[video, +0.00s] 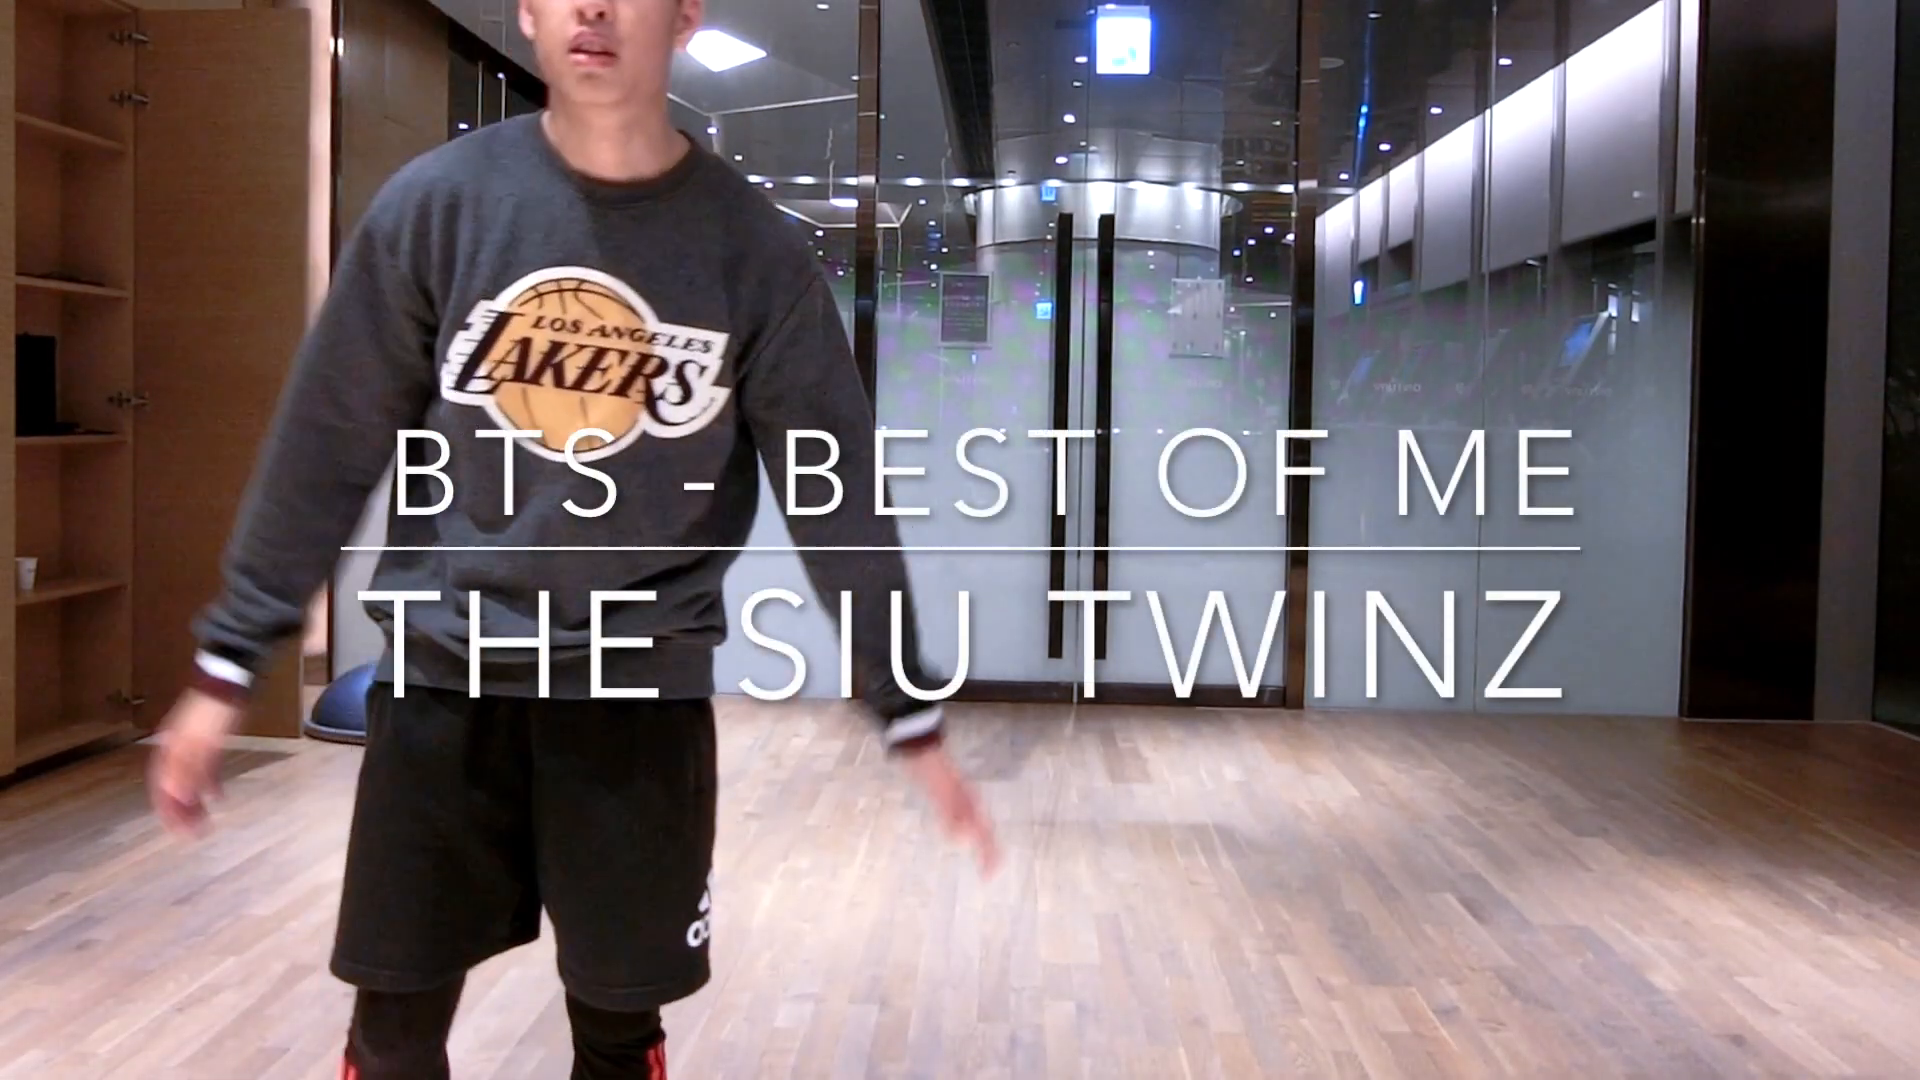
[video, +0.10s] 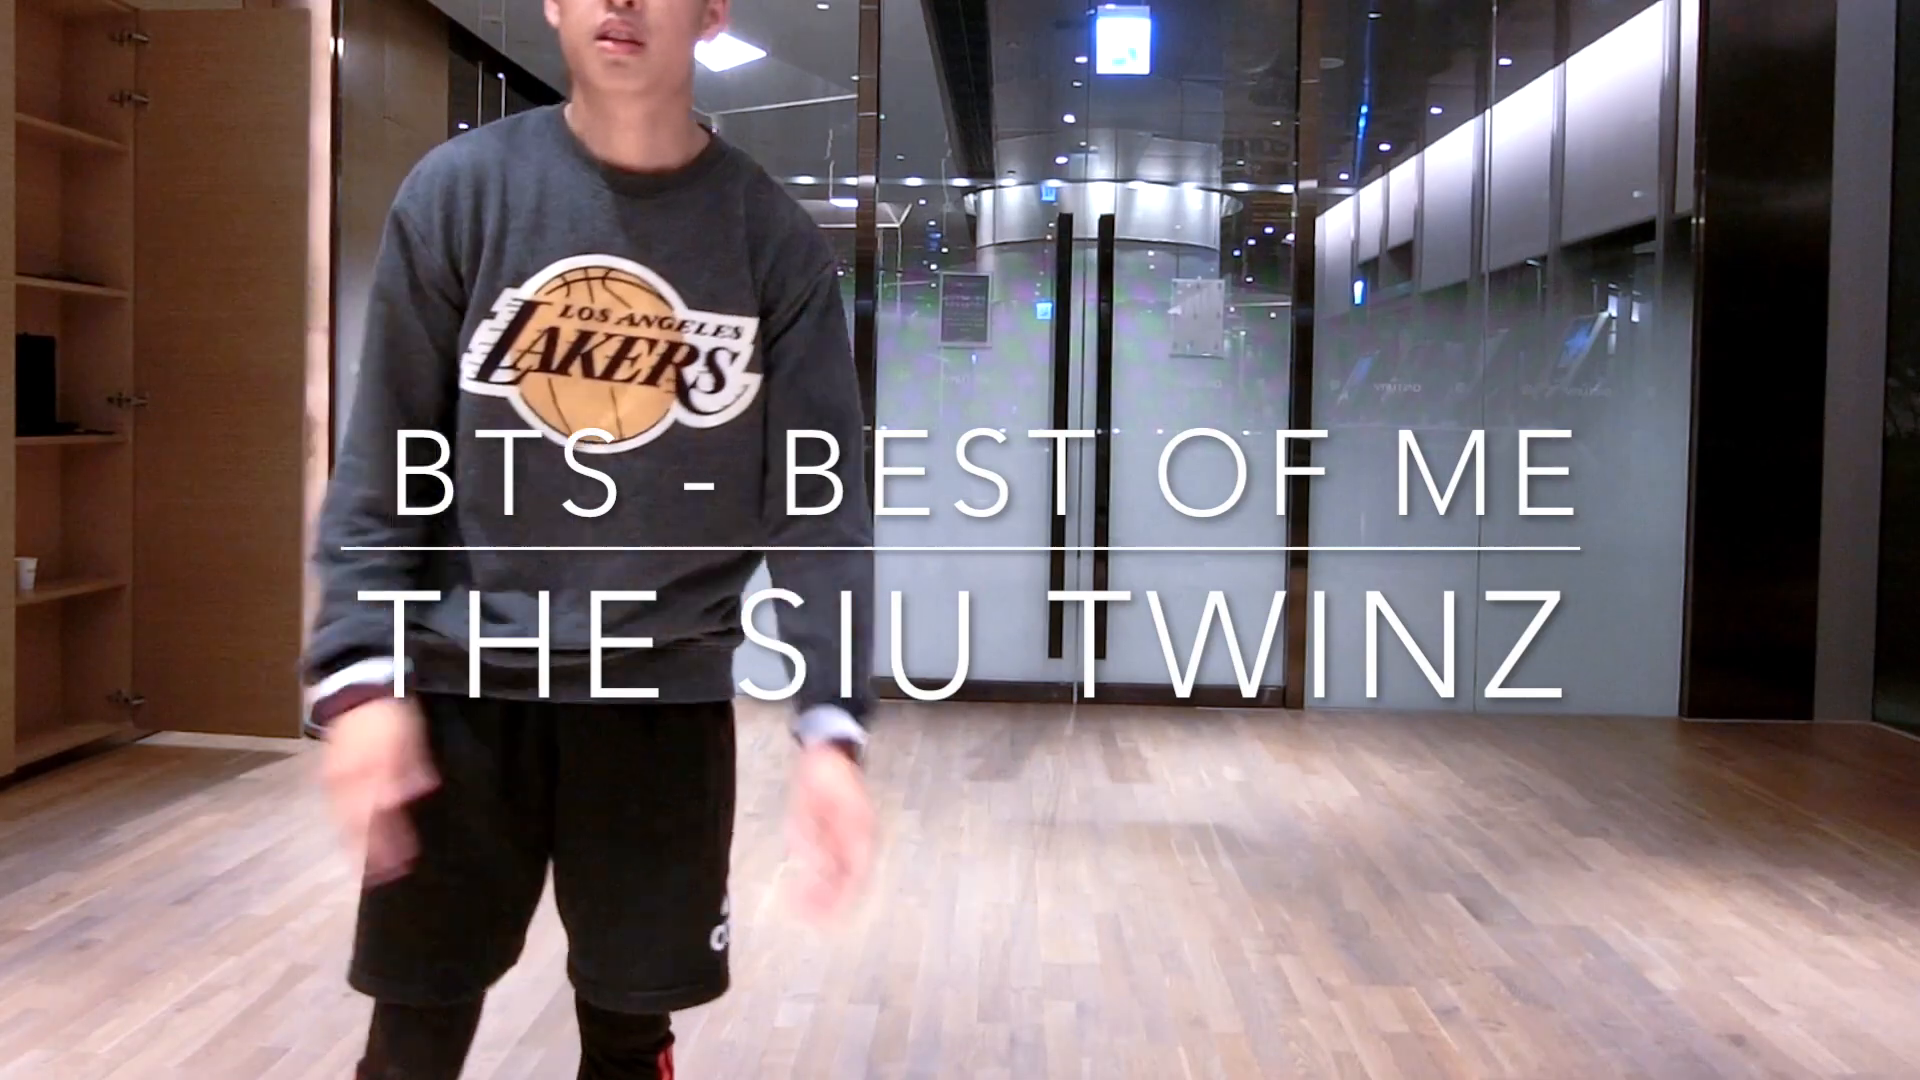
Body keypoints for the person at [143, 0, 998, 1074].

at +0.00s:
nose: (591, 11)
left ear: (685, 17)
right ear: (526, 21)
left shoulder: (754, 243)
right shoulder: (431, 204)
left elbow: (833, 489)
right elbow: (323, 444)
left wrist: (909, 718)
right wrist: (221, 672)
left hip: (636, 692)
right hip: (441, 687)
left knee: (618, 1031)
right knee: (396, 1022)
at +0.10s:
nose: (614, 3)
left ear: (710, 15)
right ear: (554, 10)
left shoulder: (772, 234)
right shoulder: (456, 193)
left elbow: (824, 495)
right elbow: (376, 463)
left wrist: (829, 725)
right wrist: (363, 679)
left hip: (661, 704)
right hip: (461, 698)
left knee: (630, 1036)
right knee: (414, 1043)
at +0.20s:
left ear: (727, 16)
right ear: (574, 8)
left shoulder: (785, 219)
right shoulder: (468, 176)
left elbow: (844, 447)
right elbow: (388, 437)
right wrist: (481, 572)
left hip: (675, 697)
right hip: (481, 691)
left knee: (637, 1036)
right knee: (439, 1039)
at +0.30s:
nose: (651, 21)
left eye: (688, 5)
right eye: (641, 1)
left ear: (744, 24)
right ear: (602, 14)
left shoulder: (779, 183)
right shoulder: (472, 168)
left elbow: (893, 389)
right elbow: (381, 426)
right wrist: (508, 477)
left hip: (692, 688)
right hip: (498, 681)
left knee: (644, 1043)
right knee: (474, 1047)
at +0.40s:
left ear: (746, 15)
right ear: (594, 3)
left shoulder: (782, 188)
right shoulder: (471, 174)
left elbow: (935, 251)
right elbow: (374, 419)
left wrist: (862, 20)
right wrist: (472, 485)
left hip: (707, 699)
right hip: (511, 699)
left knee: (655, 1040)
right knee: (511, 1056)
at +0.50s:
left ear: (747, 13)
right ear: (595, 2)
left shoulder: (792, 181)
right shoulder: (470, 180)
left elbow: (966, 160)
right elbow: (355, 404)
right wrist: (388, 458)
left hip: (724, 726)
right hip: (523, 727)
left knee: (673, 1050)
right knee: (546, 1063)